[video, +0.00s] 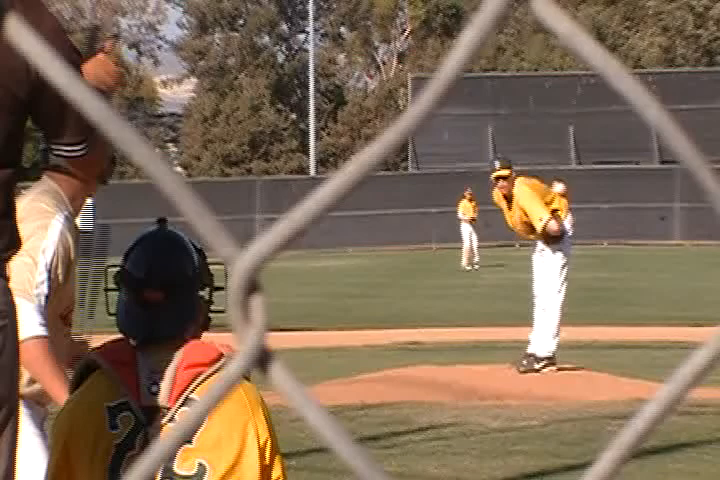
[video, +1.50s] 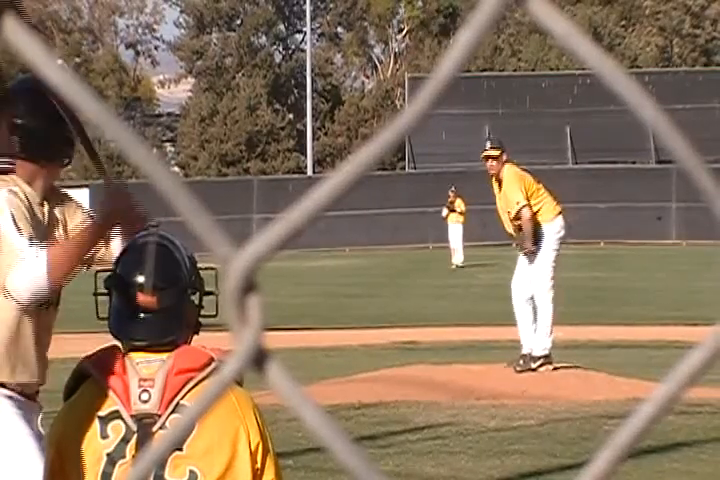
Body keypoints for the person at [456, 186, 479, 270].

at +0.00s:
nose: (469, 196)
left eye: (470, 194)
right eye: (467, 194)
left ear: (472, 195)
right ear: (465, 194)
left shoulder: (473, 203)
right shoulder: (463, 203)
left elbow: (476, 212)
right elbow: (459, 214)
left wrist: (474, 217)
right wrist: (466, 218)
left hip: (472, 222)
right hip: (465, 222)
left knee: (475, 242)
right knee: (467, 243)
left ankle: (475, 261)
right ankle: (465, 262)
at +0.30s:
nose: (468, 194)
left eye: (470, 192)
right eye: (467, 192)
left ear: (472, 193)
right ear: (464, 193)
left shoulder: (473, 201)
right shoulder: (462, 202)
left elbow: (477, 211)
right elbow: (458, 213)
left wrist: (472, 209)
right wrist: (466, 211)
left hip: (471, 223)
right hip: (464, 223)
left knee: (473, 243)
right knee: (464, 243)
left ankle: (472, 261)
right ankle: (462, 261)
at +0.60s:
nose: (466, 193)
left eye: (467, 192)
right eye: (465, 191)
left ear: (469, 193)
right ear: (463, 192)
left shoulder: (472, 201)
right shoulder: (460, 201)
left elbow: (475, 211)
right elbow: (456, 213)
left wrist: (469, 210)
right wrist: (463, 209)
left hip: (469, 223)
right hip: (462, 223)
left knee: (471, 242)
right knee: (460, 243)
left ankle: (471, 260)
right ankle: (457, 260)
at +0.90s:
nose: (459, 195)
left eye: (460, 193)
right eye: (458, 193)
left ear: (463, 194)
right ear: (456, 194)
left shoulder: (467, 202)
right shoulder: (454, 203)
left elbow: (472, 211)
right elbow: (452, 215)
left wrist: (463, 209)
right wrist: (456, 210)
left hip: (465, 224)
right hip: (457, 224)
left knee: (468, 244)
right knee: (456, 244)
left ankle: (471, 261)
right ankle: (456, 261)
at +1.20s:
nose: (453, 195)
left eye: (455, 193)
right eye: (452, 193)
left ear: (457, 193)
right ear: (450, 194)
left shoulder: (461, 200)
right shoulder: (450, 202)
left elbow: (465, 209)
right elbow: (447, 214)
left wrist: (456, 207)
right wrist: (449, 210)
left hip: (460, 223)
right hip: (452, 223)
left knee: (464, 242)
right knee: (453, 243)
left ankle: (468, 260)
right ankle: (455, 261)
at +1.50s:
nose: (452, 194)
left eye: (453, 192)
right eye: (451, 192)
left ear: (455, 193)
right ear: (449, 193)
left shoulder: (459, 201)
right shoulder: (449, 201)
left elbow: (463, 210)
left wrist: (454, 209)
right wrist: (445, 213)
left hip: (458, 222)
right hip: (451, 222)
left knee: (458, 241)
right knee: (452, 242)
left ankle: (459, 260)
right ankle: (454, 260)